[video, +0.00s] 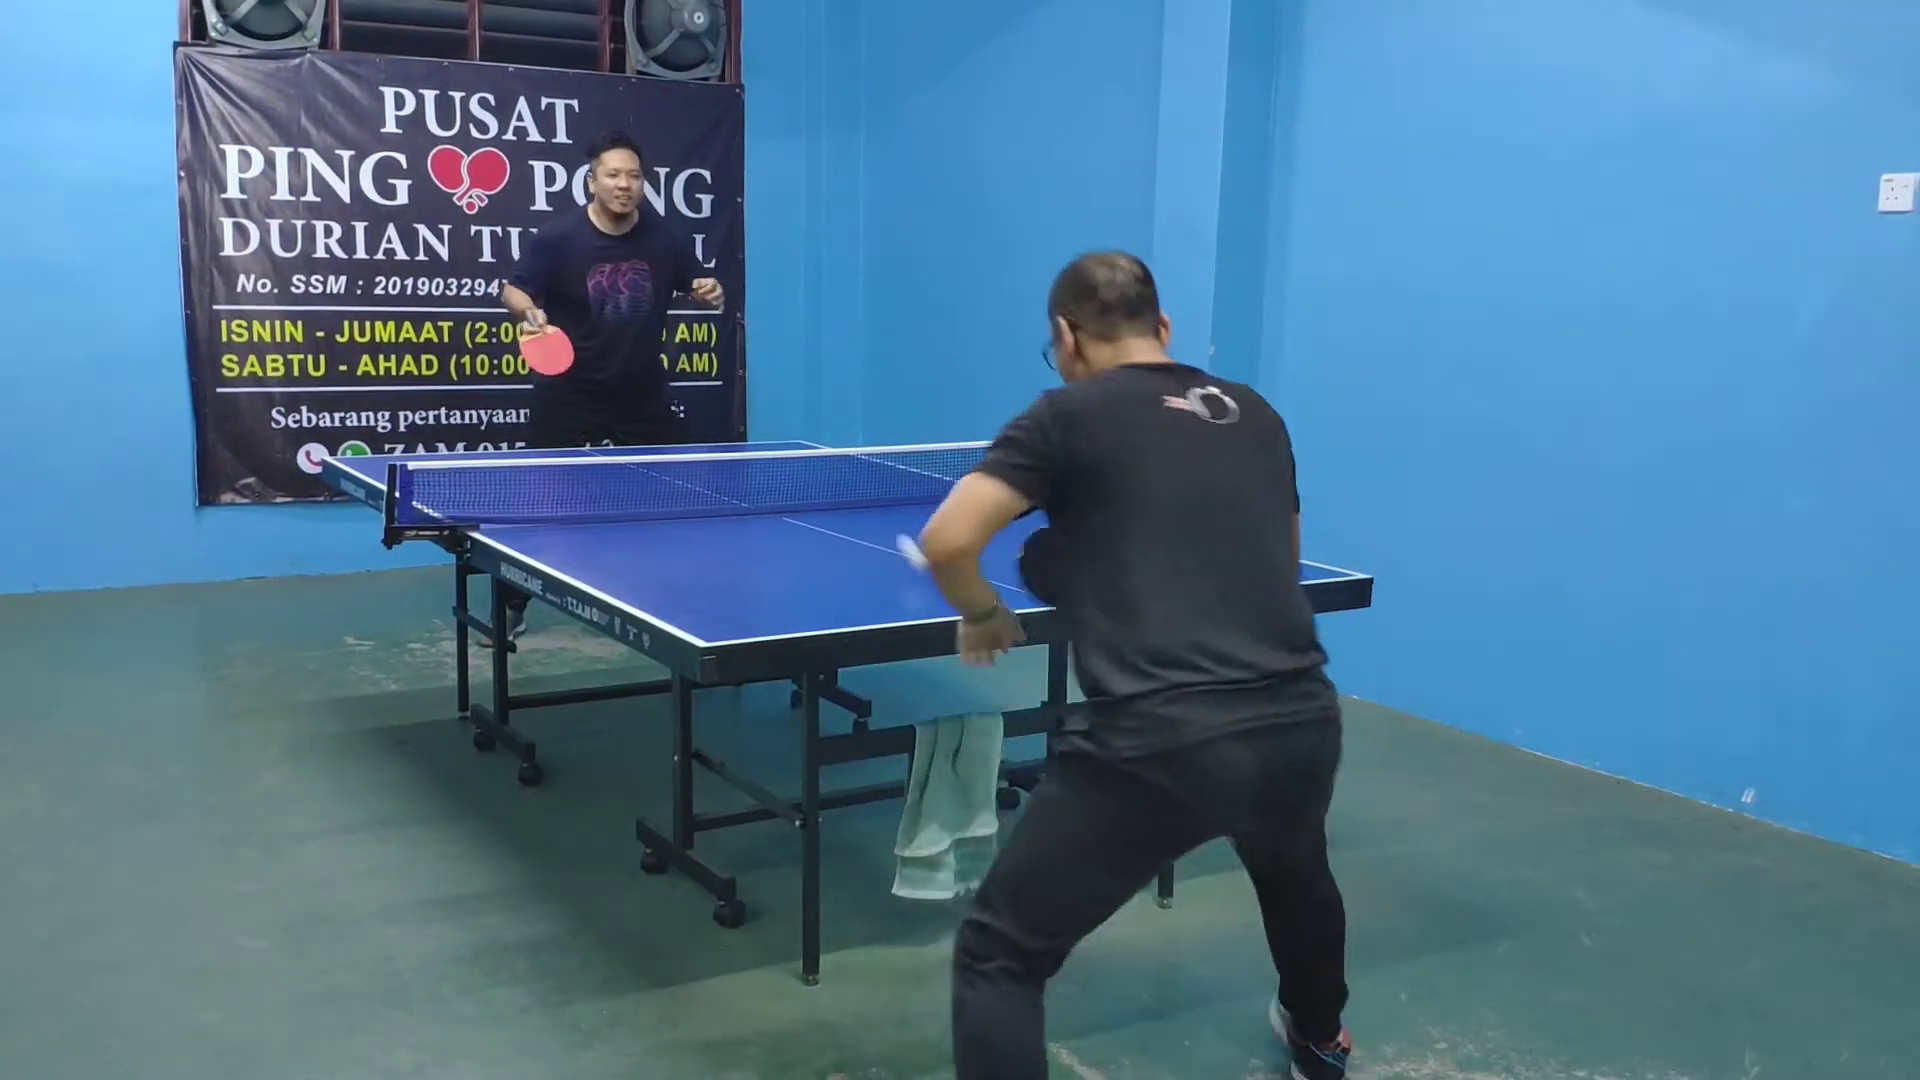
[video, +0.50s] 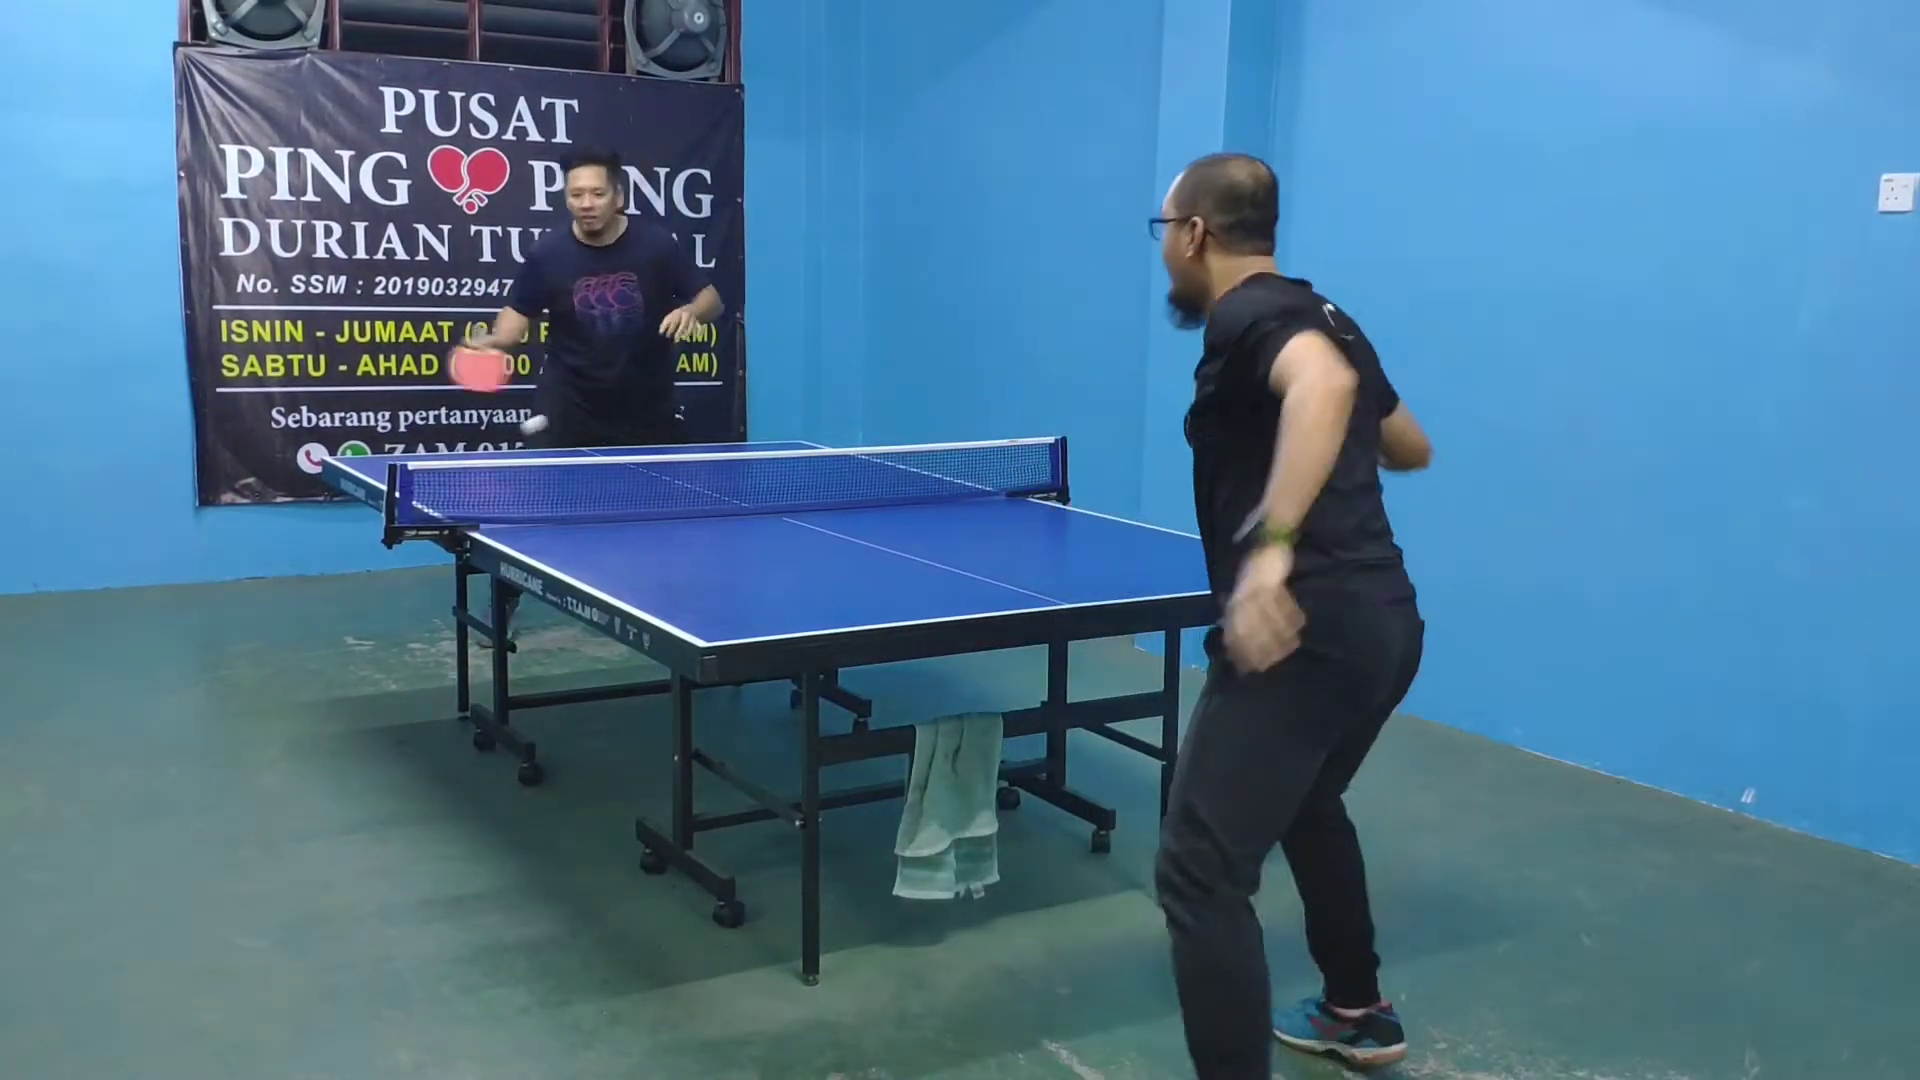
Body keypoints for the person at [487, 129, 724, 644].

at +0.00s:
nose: (624, 184)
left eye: (632, 176)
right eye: (613, 175)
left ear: (643, 183)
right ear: (592, 181)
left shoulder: (662, 237)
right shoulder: (558, 239)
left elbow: (695, 283)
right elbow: (512, 289)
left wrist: (709, 291)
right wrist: (528, 311)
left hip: (642, 394)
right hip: (567, 396)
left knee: (675, 489)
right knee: (543, 497)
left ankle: (675, 601)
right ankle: (511, 602)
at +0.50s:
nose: (585, 204)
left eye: (595, 194)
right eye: (576, 195)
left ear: (618, 196)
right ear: (567, 200)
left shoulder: (655, 244)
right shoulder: (549, 254)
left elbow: (711, 297)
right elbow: (517, 313)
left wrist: (692, 311)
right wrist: (497, 341)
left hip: (648, 409)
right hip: (574, 411)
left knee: (660, 510)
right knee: (540, 505)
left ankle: (664, 609)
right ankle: (502, 605)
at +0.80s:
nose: (486, 221)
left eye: (497, 210)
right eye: (479, 210)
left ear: (527, 208)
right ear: (473, 210)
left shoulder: (580, 250)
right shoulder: (470, 275)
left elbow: (637, 282)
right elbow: (424, 334)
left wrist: (668, 318)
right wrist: (394, 356)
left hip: (596, 411)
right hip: (518, 418)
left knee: (658, 502)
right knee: (484, 513)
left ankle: (687, 618)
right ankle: (452, 622)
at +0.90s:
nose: (472, 221)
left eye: (482, 209)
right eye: (463, 211)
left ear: (511, 208)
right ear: (456, 213)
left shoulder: (558, 243)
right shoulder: (457, 278)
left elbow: (612, 273)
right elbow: (432, 344)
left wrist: (648, 308)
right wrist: (420, 373)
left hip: (584, 404)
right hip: (506, 412)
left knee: (645, 495)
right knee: (477, 509)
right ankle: (451, 621)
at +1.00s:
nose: (476, 214)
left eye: (485, 202)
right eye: (465, 205)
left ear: (507, 201)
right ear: (453, 212)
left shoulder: (549, 236)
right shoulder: (451, 273)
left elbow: (606, 265)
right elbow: (444, 328)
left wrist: (636, 295)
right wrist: (452, 347)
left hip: (574, 399)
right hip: (502, 407)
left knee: (629, 494)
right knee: (476, 509)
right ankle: (451, 621)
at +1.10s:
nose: (493, 202)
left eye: (501, 192)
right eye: (480, 194)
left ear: (517, 197)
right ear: (463, 204)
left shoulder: (553, 234)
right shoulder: (455, 269)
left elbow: (602, 267)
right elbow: (445, 338)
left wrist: (636, 291)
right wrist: (468, 350)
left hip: (574, 398)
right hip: (501, 408)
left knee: (628, 493)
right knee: (478, 508)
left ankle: (667, 610)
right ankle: (451, 621)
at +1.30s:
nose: (541, 195)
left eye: (548, 186)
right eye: (528, 187)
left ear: (559, 193)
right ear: (507, 197)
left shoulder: (589, 252)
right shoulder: (485, 268)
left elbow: (636, 292)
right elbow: (459, 336)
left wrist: (661, 309)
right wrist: (480, 357)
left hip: (592, 417)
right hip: (520, 423)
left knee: (625, 514)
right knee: (489, 518)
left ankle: (665, 623)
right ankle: (454, 623)